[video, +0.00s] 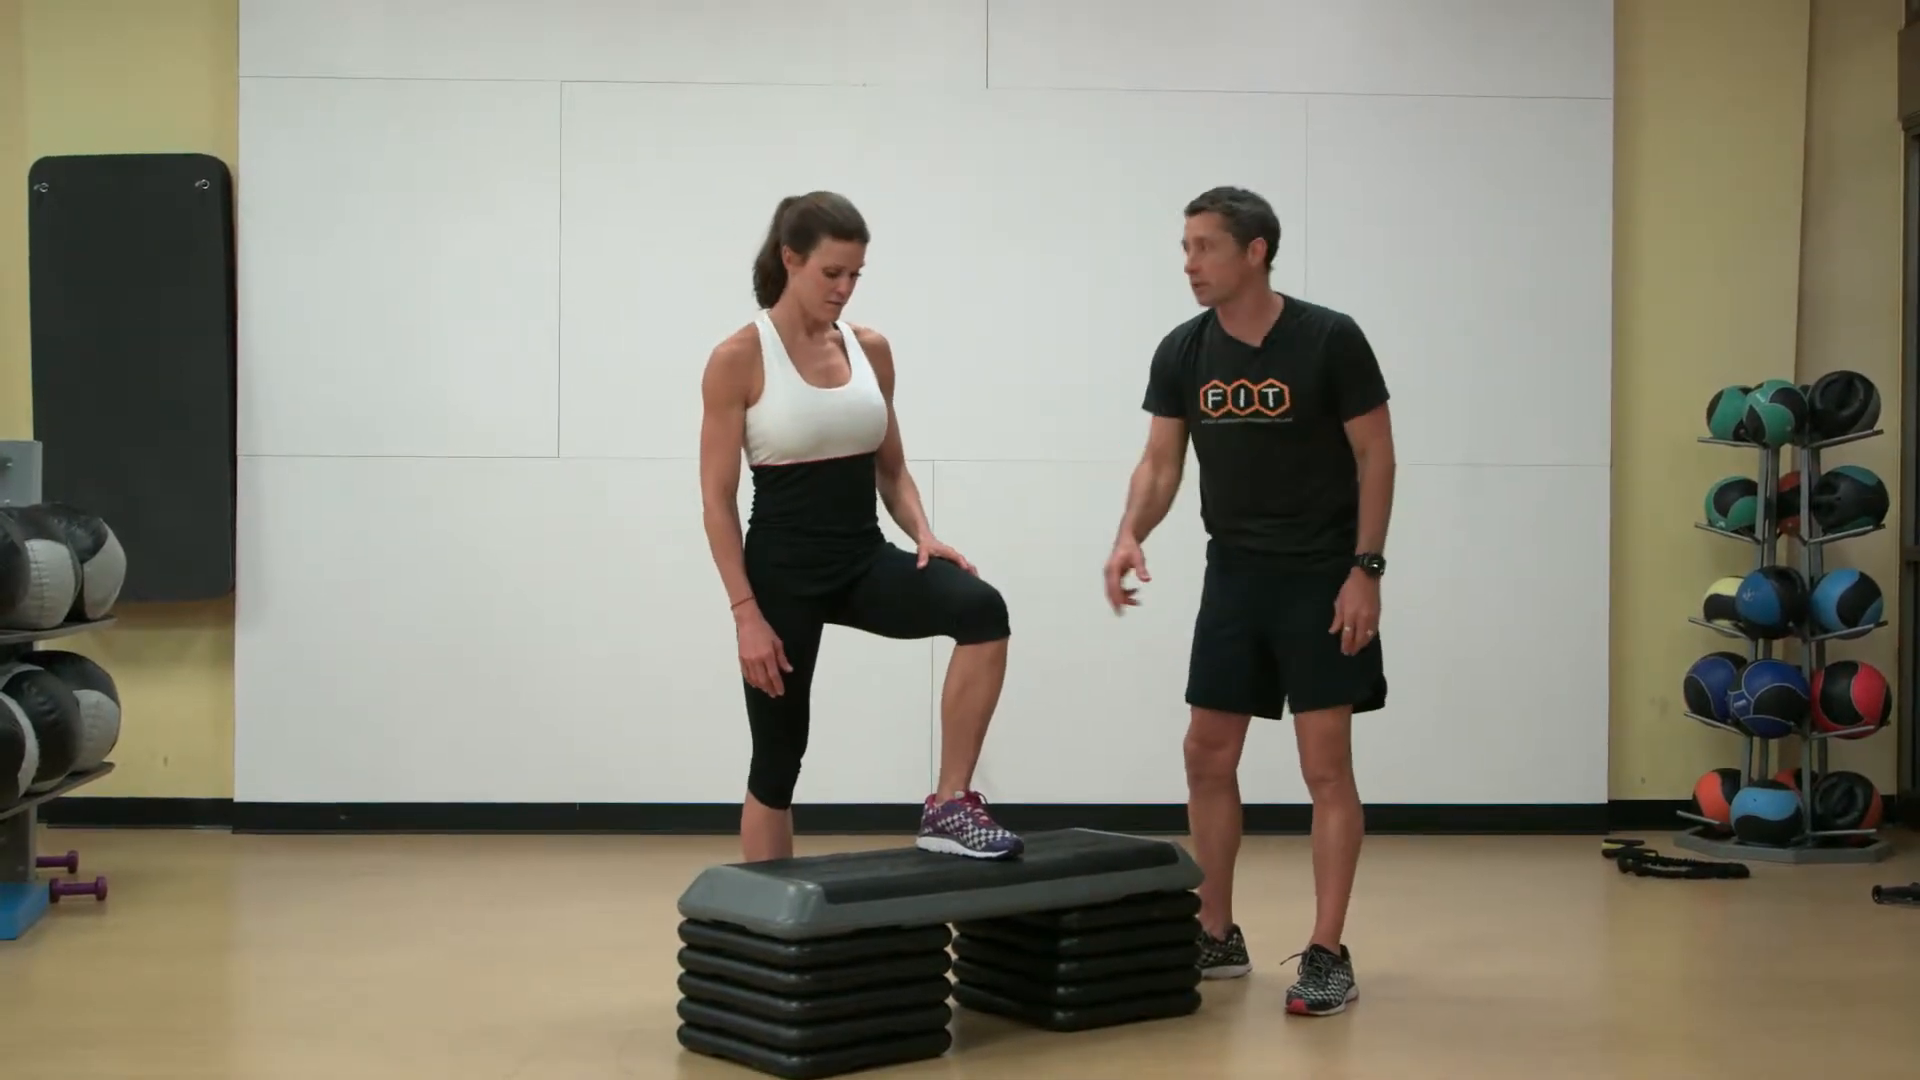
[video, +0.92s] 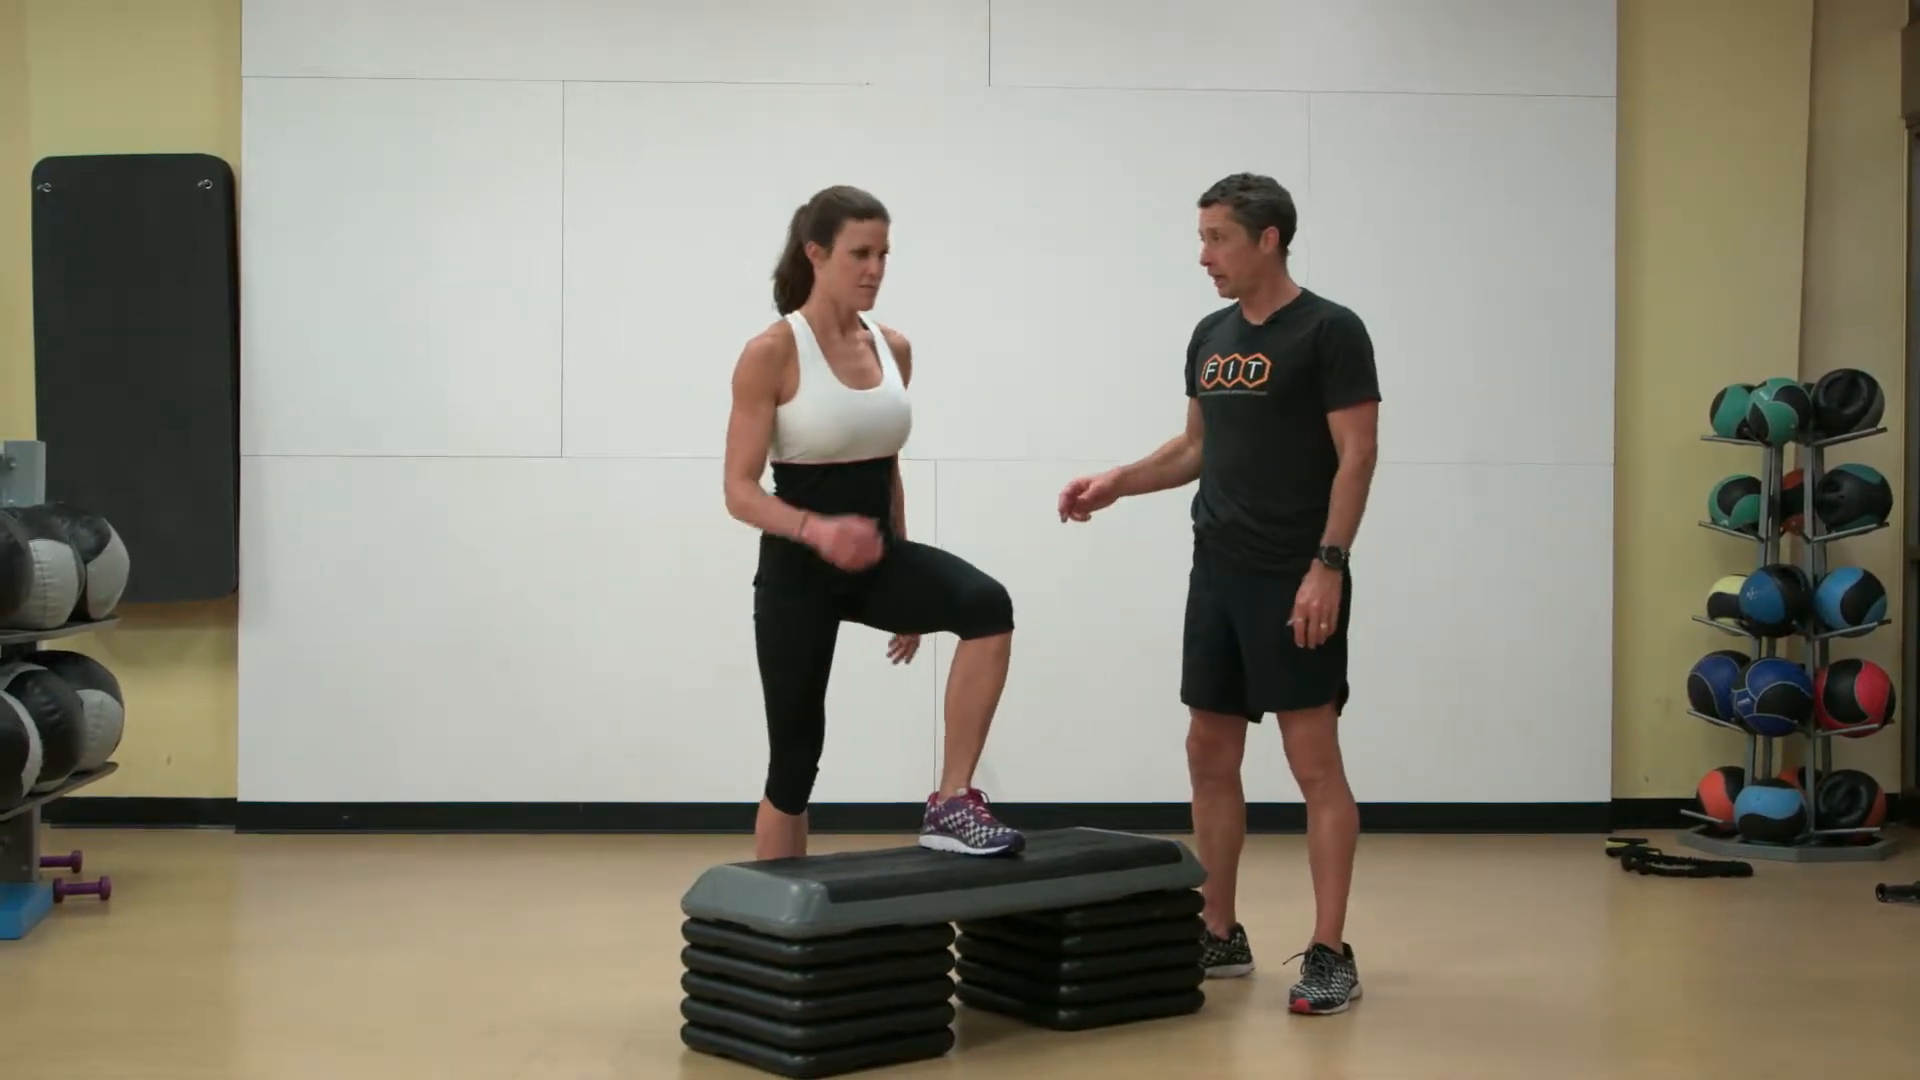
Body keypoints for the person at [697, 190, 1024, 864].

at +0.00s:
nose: (846, 288)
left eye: (855, 274)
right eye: (833, 272)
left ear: (861, 270)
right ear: (789, 261)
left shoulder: (869, 350)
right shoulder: (739, 360)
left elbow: (891, 468)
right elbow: (717, 500)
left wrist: (924, 535)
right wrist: (745, 613)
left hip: (861, 561)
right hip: (782, 570)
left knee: (982, 611)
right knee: (776, 766)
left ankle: (951, 803)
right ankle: (767, 932)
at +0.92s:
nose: (876, 267)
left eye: (882, 254)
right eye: (861, 253)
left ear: (885, 258)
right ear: (814, 254)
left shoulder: (891, 349)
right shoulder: (771, 355)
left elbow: (888, 470)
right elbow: (739, 493)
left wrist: (907, 593)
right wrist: (811, 527)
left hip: (877, 558)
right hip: (798, 569)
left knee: (986, 606)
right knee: (794, 765)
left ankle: (952, 800)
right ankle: (776, 934)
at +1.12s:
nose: (926, 272)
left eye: (931, 259)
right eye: (910, 259)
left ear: (935, 265)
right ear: (864, 267)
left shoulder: (939, 359)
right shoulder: (821, 358)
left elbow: (916, 483)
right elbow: (805, 489)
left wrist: (916, 598)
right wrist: (898, 431)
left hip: (900, 557)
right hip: (829, 564)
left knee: (1005, 617)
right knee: (831, 770)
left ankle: (954, 802)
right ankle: (783, 930)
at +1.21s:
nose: (953, 253)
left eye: (958, 239)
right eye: (937, 240)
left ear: (963, 246)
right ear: (891, 247)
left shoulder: (965, 340)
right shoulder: (851, 332)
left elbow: (945, 459)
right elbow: (836, 457)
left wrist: (950, 563)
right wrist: (930, 416)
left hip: (923, 540)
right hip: (848, 542)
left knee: (1019, 622)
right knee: (829, 741)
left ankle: (957, 803)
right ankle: (791, 916)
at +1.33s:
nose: (988, 194)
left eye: (992, 180)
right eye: (972, 181)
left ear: (993, 188)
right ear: (926, 188)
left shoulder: (1001, 291)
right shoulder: (885, 272)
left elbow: (998, 418)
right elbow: (845, 398)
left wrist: (1051, 493)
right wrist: (933, 453)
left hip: (946, 494)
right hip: (868, 493)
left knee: (1019, 619)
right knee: (878, 698)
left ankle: (957, 805)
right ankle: (806, 867)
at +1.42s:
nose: (997, 161)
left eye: (1002, 148)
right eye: (980, 148)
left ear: (1004, 159)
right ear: (935, 155)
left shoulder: (1012, 267)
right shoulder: (889, 244)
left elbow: (1038, 403)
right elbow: (834, 374)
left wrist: (1094, 395)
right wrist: (871, 476)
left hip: (950, 461)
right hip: (877, 460)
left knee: (1015, 615)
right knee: (947, 640)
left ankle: (959, 803)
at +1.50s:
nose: (997, 127)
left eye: (1002, 113)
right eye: (981, 113)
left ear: (1004, 124)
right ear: (935, 120)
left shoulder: (1018, 233)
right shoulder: (889, 210)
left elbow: (1075, 349)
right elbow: (823, 329)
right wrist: (804, 452)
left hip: (962, 433)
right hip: (882, 428)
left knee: (1010, 611)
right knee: (995, 529)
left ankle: (960, 804)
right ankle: (882, 632)